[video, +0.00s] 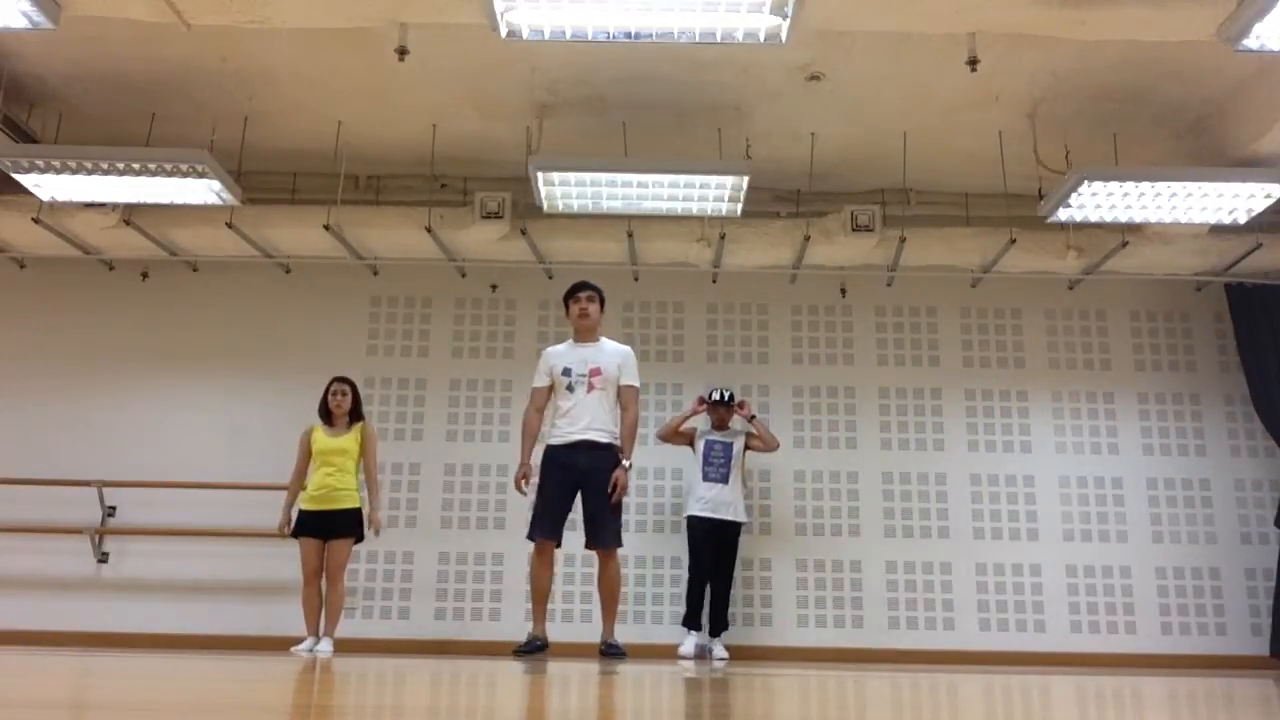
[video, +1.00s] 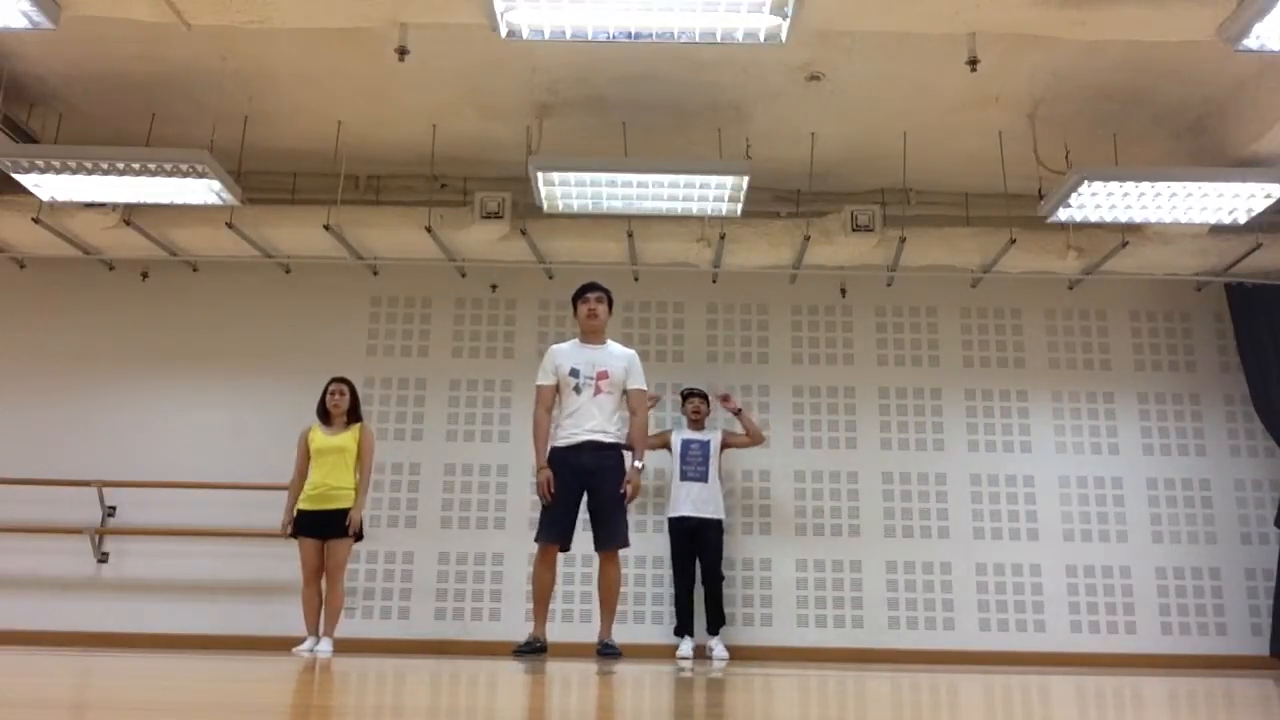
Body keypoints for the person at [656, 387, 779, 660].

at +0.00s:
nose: (721, 414)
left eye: (725, 409)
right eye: (716, 408)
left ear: (732, 411)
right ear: (708, 411)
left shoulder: (741, 438)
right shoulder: (697, 436)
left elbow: (772, 445)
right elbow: (664, 435)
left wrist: (751, 418)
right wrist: (690, 412)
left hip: (729, 516)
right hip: (700, 514)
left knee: (722, 580)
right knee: (697, 576)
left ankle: (716, 638)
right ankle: (693, 634)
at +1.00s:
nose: (695, 407)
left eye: (700, 404)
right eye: (691, 404)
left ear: (708, 409)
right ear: (683, 410)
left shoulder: (718, 437)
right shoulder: (672, 436)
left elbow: (756, 438)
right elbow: (636, 443)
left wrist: (736, 410)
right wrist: (643, 410)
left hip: (710, 516)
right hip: (680, 516)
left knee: (713, 578)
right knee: (683, 580)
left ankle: (714, 638)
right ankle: (685, 639)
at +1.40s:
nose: (692, 413)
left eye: (697, 408)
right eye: (687, 408)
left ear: (704, 412)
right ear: (680, 411)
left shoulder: (716, 443)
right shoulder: (667, 443)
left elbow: (722, 482)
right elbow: (662, 483)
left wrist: (728, 513)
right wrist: (659, 517)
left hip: (707, 519)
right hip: (677, 517)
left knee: (710, 578)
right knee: (681, 580)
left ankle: (711, 633)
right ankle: (685, 637)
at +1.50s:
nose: (692, 414)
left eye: (696, 409)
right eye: (687, 409)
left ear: (704, 411)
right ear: (680, 411)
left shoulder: (717, 442)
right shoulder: (667, 442)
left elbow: (718, 480)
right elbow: (669, 479)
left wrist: (712, 506)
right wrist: (674, 505)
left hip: (707, 516)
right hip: (678, 515)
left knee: (712, 576)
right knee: (681, 578)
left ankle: (715, 635)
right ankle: (685, 637)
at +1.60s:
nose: (694, 413)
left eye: (698, 408)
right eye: (688, 408)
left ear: (706, 411)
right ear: (681, 411)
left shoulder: (719, 441)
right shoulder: (669, 441)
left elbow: (717, 479)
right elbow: (669, 480)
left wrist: (711, 507)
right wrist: (672, 508)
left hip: (708, 517)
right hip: (679, 517)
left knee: (716, 577)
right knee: (682, 580)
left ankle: (724, 635)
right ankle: (685, 637)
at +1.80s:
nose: (701, 414)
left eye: (706, 409)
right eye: (696, 409)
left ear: (713, 411)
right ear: (687, 411)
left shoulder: (725, 442)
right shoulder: (676, 442)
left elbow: (739, 480)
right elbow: (659, 476)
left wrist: (754, 511)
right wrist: (643, 504)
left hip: (715, 520)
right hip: (683, 520)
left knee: (730, 573)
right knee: (684, 582)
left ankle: (753, 629)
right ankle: (685, 638)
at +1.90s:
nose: (707, 414)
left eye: (712, 409)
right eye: (702, 409)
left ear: (719, 410)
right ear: (693, 411)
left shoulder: (732, 441)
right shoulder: (682, 439)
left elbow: (753, 472)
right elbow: (660, 468)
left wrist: (780, 497)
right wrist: (643, 480)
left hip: (721, 521)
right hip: (689, 520)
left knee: (739, 572)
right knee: (687, 582)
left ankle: (768, 627)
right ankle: (685, 638)